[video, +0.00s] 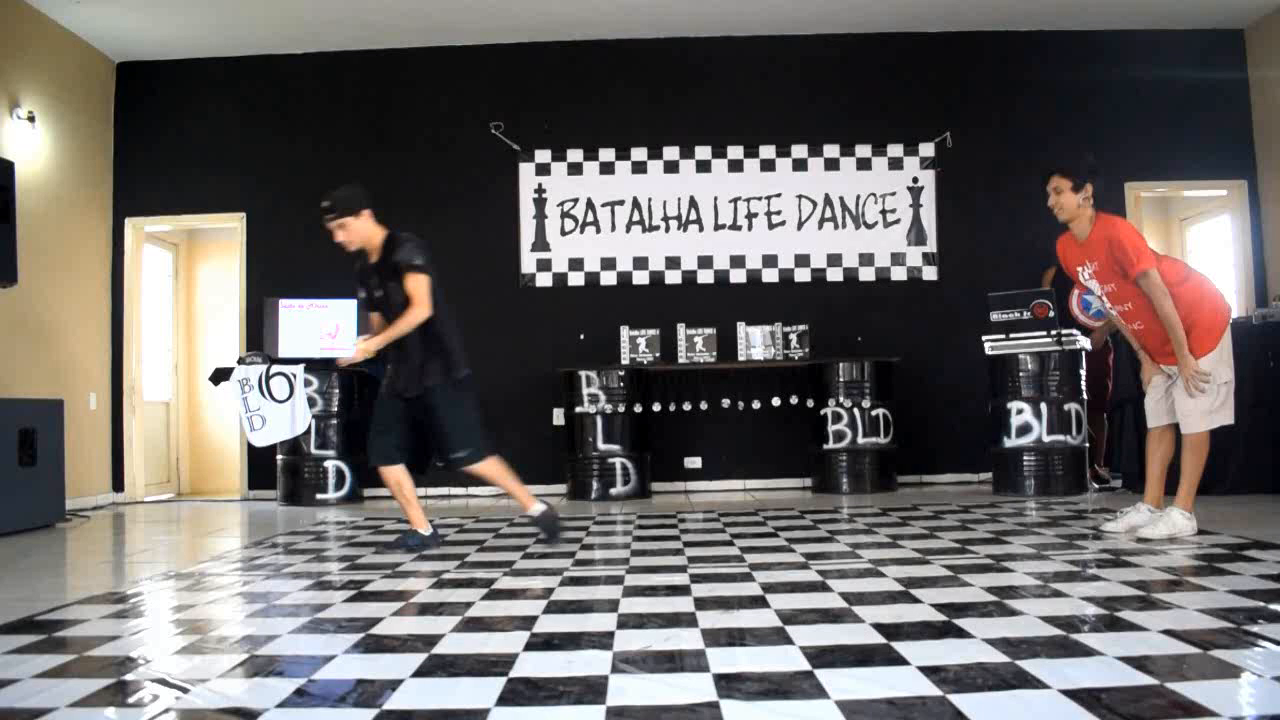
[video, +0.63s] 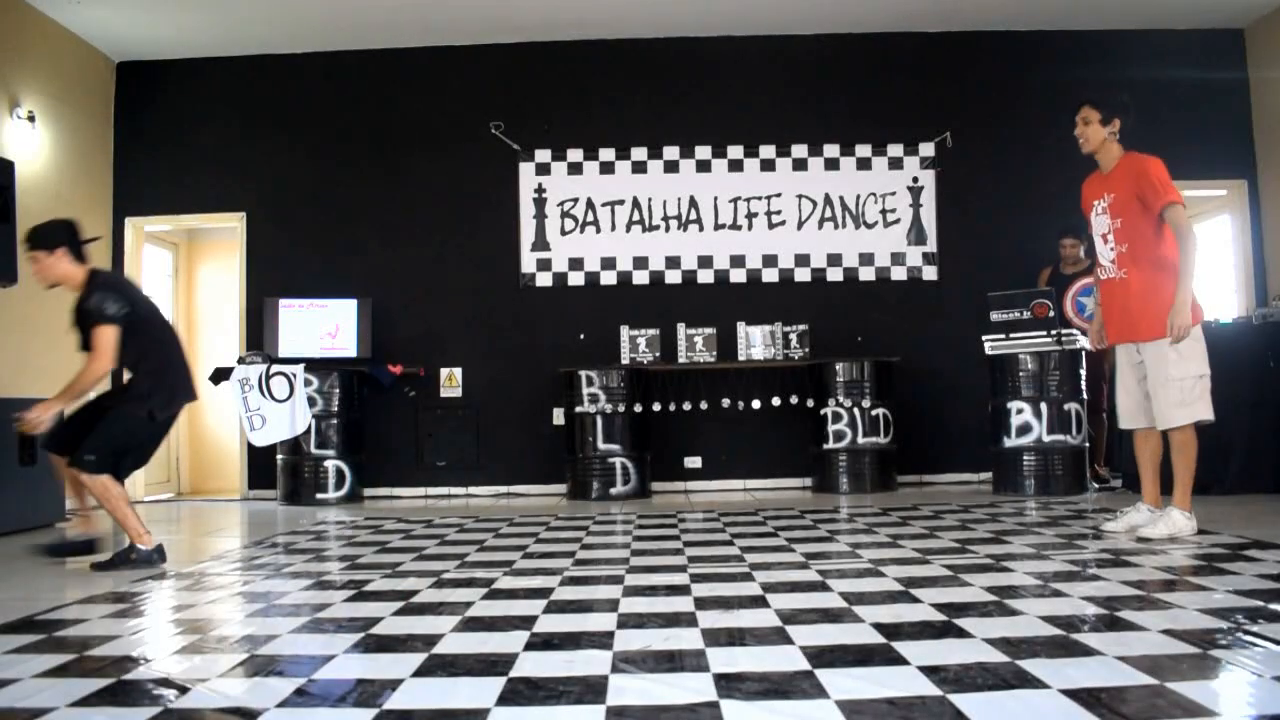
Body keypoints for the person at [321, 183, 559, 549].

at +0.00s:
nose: (337, 238)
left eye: (340, 227)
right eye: (332, 231)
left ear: (365, 216)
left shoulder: (406, 249)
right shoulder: (366, 271)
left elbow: (422, 308)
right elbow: (378, 331)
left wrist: (372, 343)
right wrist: (356, 350)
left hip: (440, 368)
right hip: (402, 373)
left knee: (466, 453)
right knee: (385, 453)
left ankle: (537, 509)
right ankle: (423, 530)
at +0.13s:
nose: (289, 240)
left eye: (293, 230)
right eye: (285, 233)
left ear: (319, 222)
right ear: (312, 227)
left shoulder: (356, 253)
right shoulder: (331, 271)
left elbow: (374, 309)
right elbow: (346, 326)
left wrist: (334, 351)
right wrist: (326, 359)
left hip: (391, 369)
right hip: (367, 371)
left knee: (368, 458)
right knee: (360, 461)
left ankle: (442, 498)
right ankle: (418, 527)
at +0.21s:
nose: (255, 234)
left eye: (259, 224)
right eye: (253, 226)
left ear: (287, 217)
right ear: (283, 221)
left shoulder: (322, 250)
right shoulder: (296, 269)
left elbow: (340, 305)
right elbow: (312, 326)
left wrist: (303, 353)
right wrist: (295, 366)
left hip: (360, 371)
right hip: (346, 372)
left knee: (301, 445)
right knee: (356, 462)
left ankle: (352, 517)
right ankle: (421, 527)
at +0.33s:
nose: (198, 220)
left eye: (200, 209)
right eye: (194, 212)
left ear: (225, 201)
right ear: (217, 207)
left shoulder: (266, 239)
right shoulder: (234, 257)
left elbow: (282, 301)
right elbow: (248, 313)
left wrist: (245, 355)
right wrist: (239, 360)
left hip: (287, 369)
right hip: (283, 370)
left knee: (231, 441)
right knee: (317, 453)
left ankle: (196, 537)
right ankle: (388, 509)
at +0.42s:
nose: (154, 225)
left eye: (157, 214)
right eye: (150, 217)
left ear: (183, 208)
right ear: (176, 213)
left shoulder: (220, 247)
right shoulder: (195, 259)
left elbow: (238, 311)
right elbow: (210, 316)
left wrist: (195, 358)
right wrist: (191, 359)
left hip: (242, 368)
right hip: (237, 368)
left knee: (182, 447)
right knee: (256, 462)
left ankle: (156, 544)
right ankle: (340, 495)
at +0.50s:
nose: (98, 246)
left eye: (101, 236)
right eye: (96, 238)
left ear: (125, 230)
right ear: (124, 232)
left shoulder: (163, 271)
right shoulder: (153, 274)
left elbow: (175, 336)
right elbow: (164, 341)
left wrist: (126, 377)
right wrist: (129, 384)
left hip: (196, 377)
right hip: (196, 377)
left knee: (125, 449)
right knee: (169, 469)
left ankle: (147, 544)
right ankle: (243, 496)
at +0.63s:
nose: (33, 269)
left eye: (36, 260)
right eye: (31, 261)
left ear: (61, 255)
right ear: (61, 256)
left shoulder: (103, 292)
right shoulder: (91, 296)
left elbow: (102, 364)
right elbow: (97, 365)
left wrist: (54, 406)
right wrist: (52, 406)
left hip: (160, 389)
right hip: (140, 386)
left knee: (90, 463)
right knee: (61, 445)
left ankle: (146, 546)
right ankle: (85, 533)